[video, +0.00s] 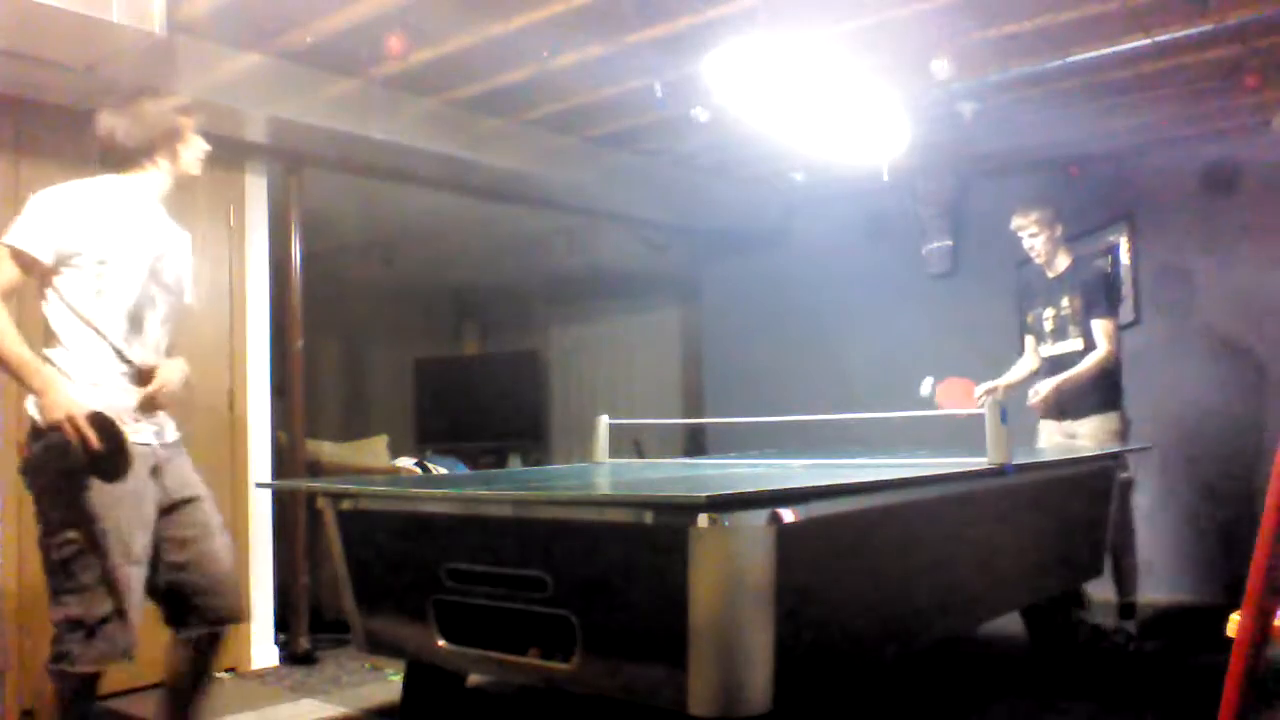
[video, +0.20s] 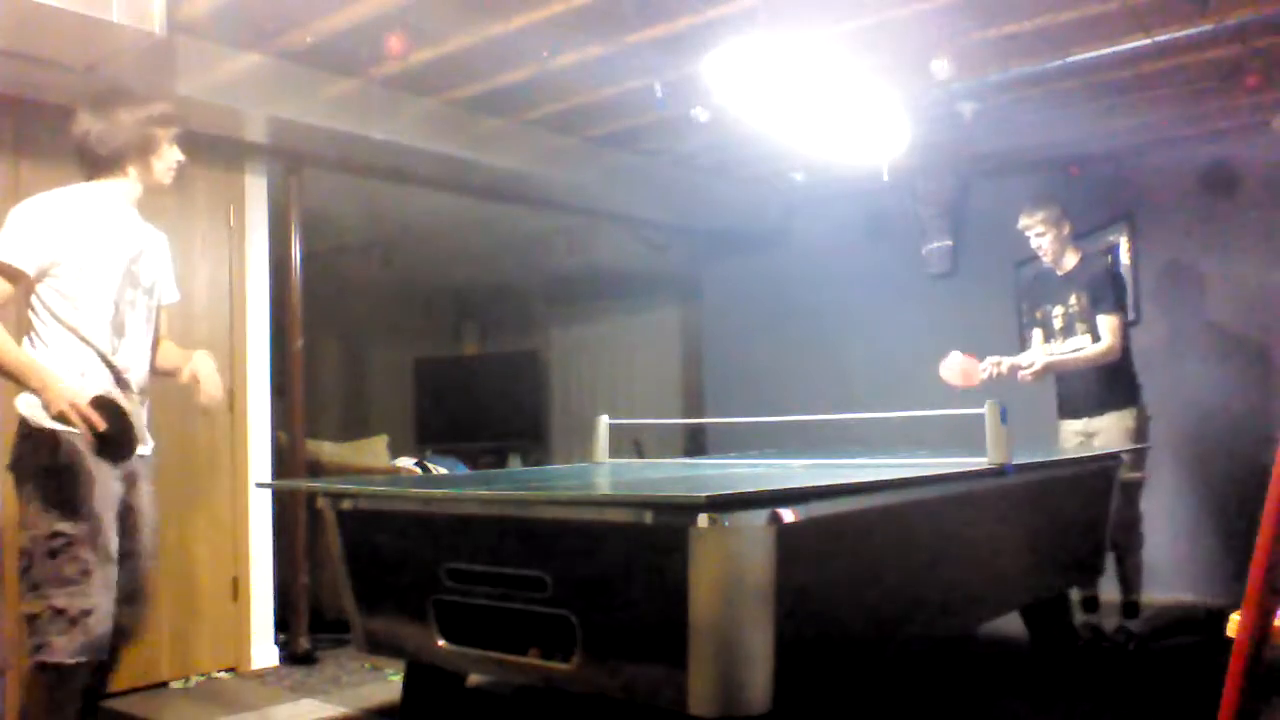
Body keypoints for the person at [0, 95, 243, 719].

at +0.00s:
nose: (204, 144)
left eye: (199, 132)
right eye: (193, 131)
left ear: (155, 143)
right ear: (162, 142)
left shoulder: (176, 240)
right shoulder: (69, 206)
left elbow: (156, 343)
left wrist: (177, 368)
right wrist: (44, 384)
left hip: (154, 438)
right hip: (81, 439)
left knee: (213, 602)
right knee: (91, 636)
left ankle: (177, 715)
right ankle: (72, 715)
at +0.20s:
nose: (180, 156)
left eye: (178, 142)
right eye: (171, 141)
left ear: (144, 146)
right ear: (134, 142)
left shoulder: (154, 244)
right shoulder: (50, 216)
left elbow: (151, 349)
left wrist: (191, 361)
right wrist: (47, 385)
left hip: (130, 443)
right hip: (60, 436)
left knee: (125, 612)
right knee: (78, 620)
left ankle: (83, 708)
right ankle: (44, 714)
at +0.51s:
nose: (178, 170)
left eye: (177, 157)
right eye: (169, 157)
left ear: (131, 162)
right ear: (134, 159)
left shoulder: (143, 248)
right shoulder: (56, 223)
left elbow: (139, 337)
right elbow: (10, 325)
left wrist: (167, 374)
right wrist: (109, 370)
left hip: (107, 434)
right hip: (51, 429)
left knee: (92, 598)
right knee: (64, 596)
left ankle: (68, 716)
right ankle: (21, 716)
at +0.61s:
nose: (171, 173)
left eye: (171, 161)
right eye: (162, 160)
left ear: (131, 165)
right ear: (127, 161)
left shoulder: (138, 249)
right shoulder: (51, 228)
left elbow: (125, 334)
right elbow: (12, 330)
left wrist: (158, 367)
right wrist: (113, 365)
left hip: (109, 434)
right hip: (54, 430)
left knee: (105, 584)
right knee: (72, 585)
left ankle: (57, 701)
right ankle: (63, 710)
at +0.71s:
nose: (167, 174)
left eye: (165, 161)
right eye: (157, 161)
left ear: (128, 165)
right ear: (124, 163)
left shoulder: (134, 249)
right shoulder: (50, 229)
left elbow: (121, 340)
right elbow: (14, 333)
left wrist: (156, 370)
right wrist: (117, 366)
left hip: (112, 434)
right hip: (56, 431)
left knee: (106, 583)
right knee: (65, 588)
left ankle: (73, 709)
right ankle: (18, 705)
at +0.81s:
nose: (162, 174)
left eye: (161, 162)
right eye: (153, 161)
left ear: (128, 167)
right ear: (119, 163)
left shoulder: (133, 250)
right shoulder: (48, 230)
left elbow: (122, 341)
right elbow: (13, 332)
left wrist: (160, 371)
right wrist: (116, 366)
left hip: (117, 440)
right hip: (57, 438)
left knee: (99, 601)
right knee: (53, 602)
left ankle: (74, 714)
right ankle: (21, 712)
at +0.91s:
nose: (159, 176)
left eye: (158, 163)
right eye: (150, 162)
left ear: (127, 168)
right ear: (116, 164)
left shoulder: (132, 252)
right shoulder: (46, 232)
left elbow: (123, 344)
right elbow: (13, 333)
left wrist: (163, 372)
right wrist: (117, 367)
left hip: (121, 446)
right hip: (58, 444)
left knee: (100, 612)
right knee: (42, 612)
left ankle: (76, 716)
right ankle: (19, 715)